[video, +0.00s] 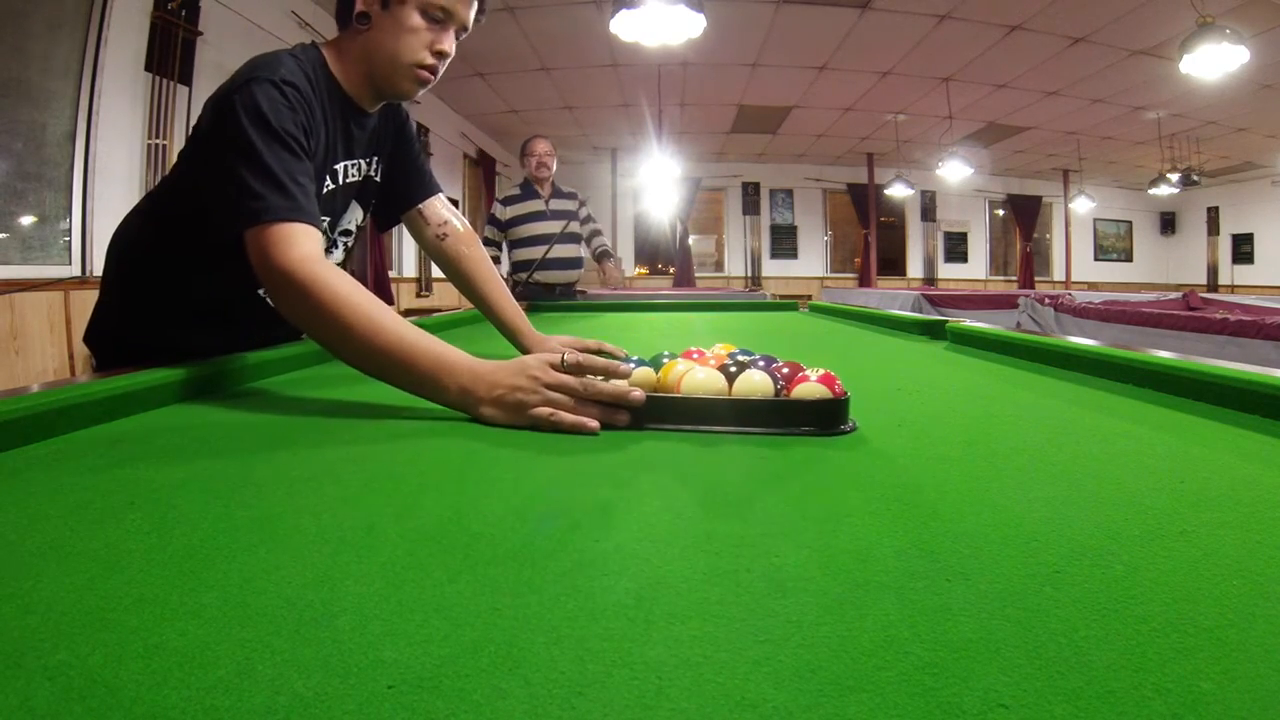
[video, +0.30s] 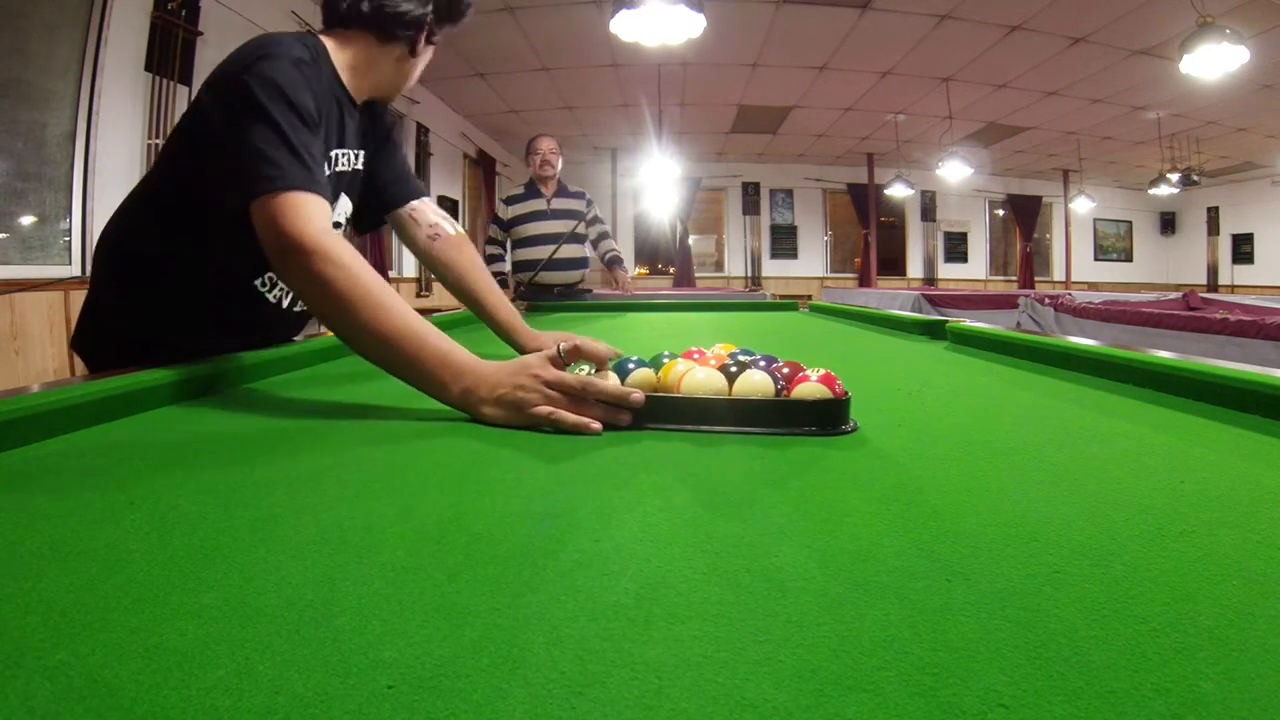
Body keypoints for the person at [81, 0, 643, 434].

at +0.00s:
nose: (447, 48)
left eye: (458, 35)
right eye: (433, 20)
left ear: (459, 45)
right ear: (367, 6)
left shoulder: (390, 122)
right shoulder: (271, 94)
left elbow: (446, 231)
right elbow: (293, 272)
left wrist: (528, 339)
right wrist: (474, 383)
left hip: (265, 336)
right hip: (157, 341)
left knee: (246, 523)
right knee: (143, 533)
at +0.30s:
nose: (428, 68)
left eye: (433, 49)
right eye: (435, 46)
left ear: (355, 19)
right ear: (416, 36)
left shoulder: (370, 120)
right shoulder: (278, 72)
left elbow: (432, 231)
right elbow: (302, 247)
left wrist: (522, 336)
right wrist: (472, 381)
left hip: (249, 348)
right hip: (147, 347)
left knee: (232, 535)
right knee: (138, 544)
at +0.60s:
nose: (379, 67)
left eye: (382, 55)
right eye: (389, 50)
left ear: (315, 8)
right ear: (386, 29)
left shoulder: (279, 63)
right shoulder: (300, 52)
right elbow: (326, 220)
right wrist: (477, 375)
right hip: (150, 350)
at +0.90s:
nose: (360, 60)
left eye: (362, 51)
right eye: (364, 47)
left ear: (293, 18)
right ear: (357, 32)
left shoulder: (254, 72)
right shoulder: (297, 57)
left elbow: (279, 222)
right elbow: (330, 178)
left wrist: (334, 308)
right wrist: (443, 342)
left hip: (205, 331)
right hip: (141, 335)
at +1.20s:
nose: (303, 39)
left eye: (304, 28)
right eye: (303, 27)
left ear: (237, 18)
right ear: (293, 29)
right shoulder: (254, 54)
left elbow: (259, 217)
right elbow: (239, 157)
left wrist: (330, 289)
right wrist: (286, 298)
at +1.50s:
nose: (245, 74)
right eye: (246, 67)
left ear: (183, 58)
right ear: (240, 64)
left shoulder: (162, 116)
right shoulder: (220, 92)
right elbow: (187, 176)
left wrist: (240, 292)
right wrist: (195, 302)